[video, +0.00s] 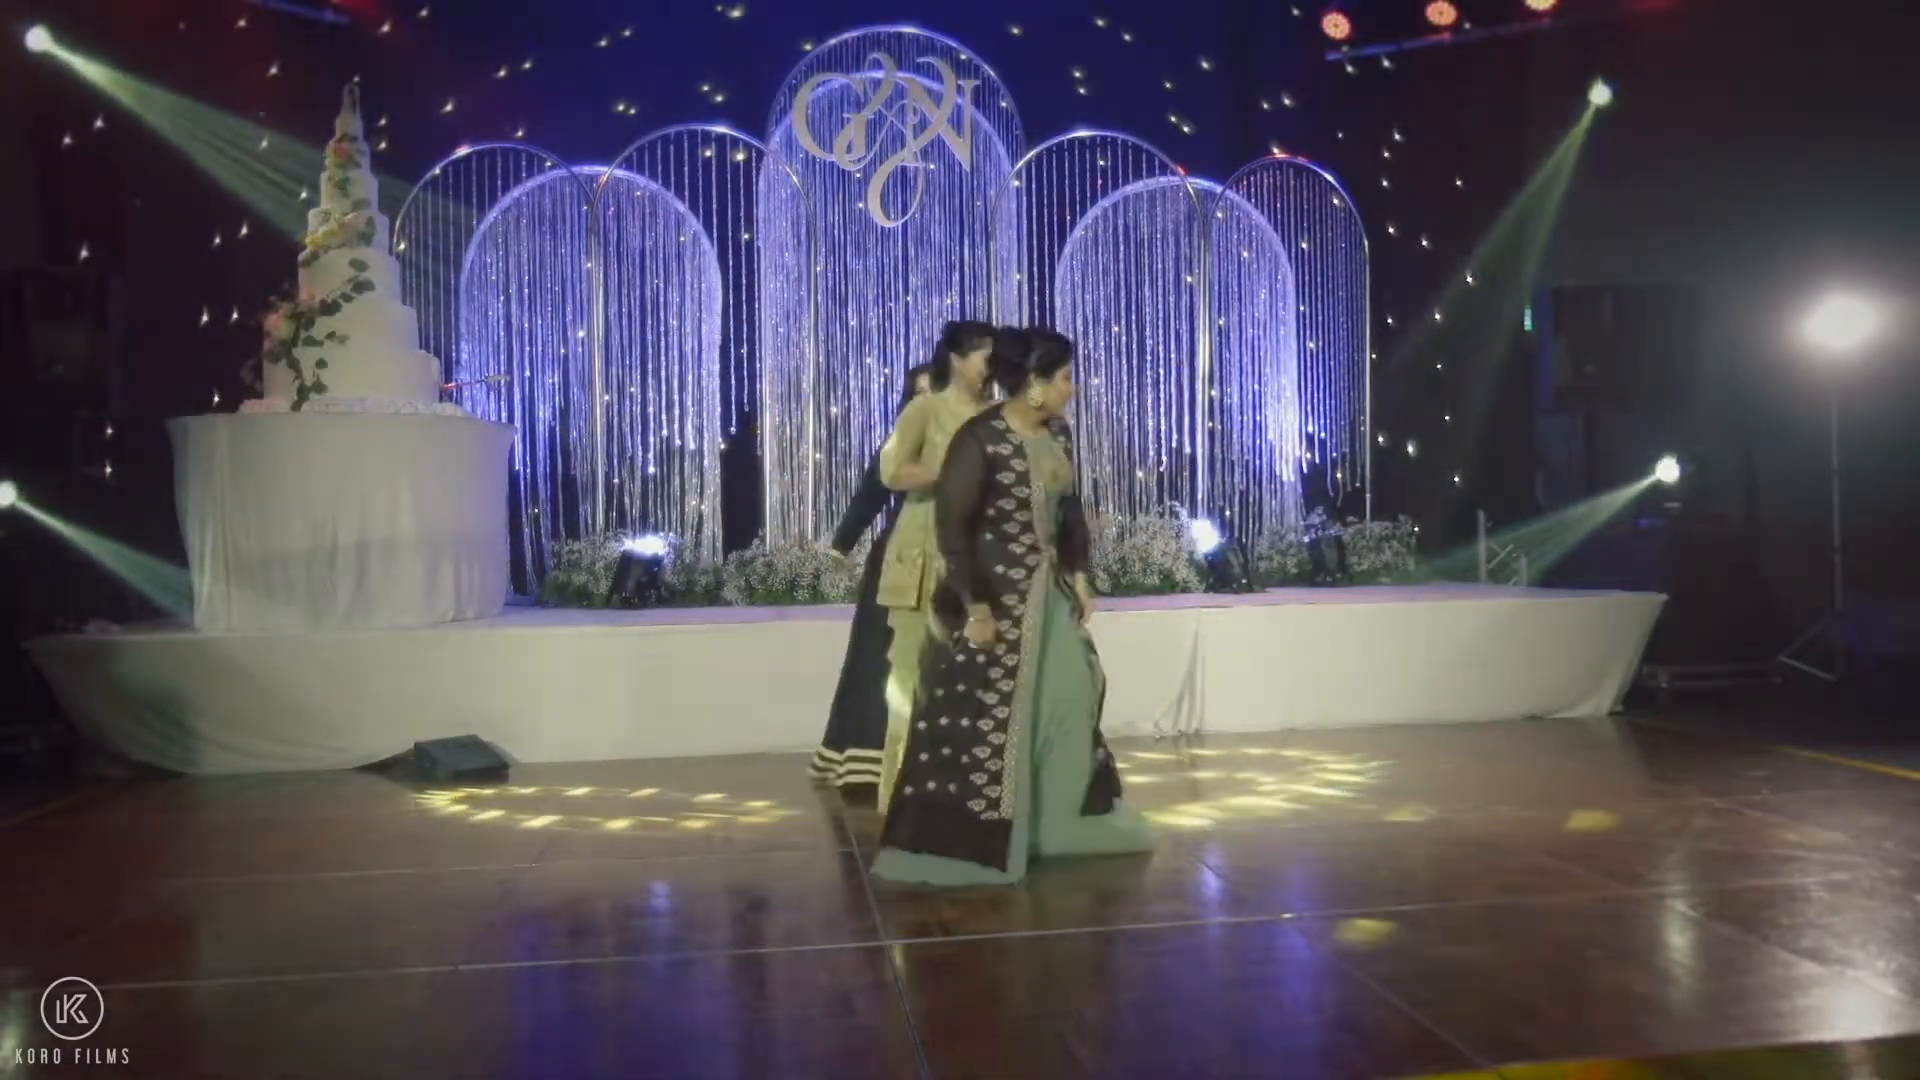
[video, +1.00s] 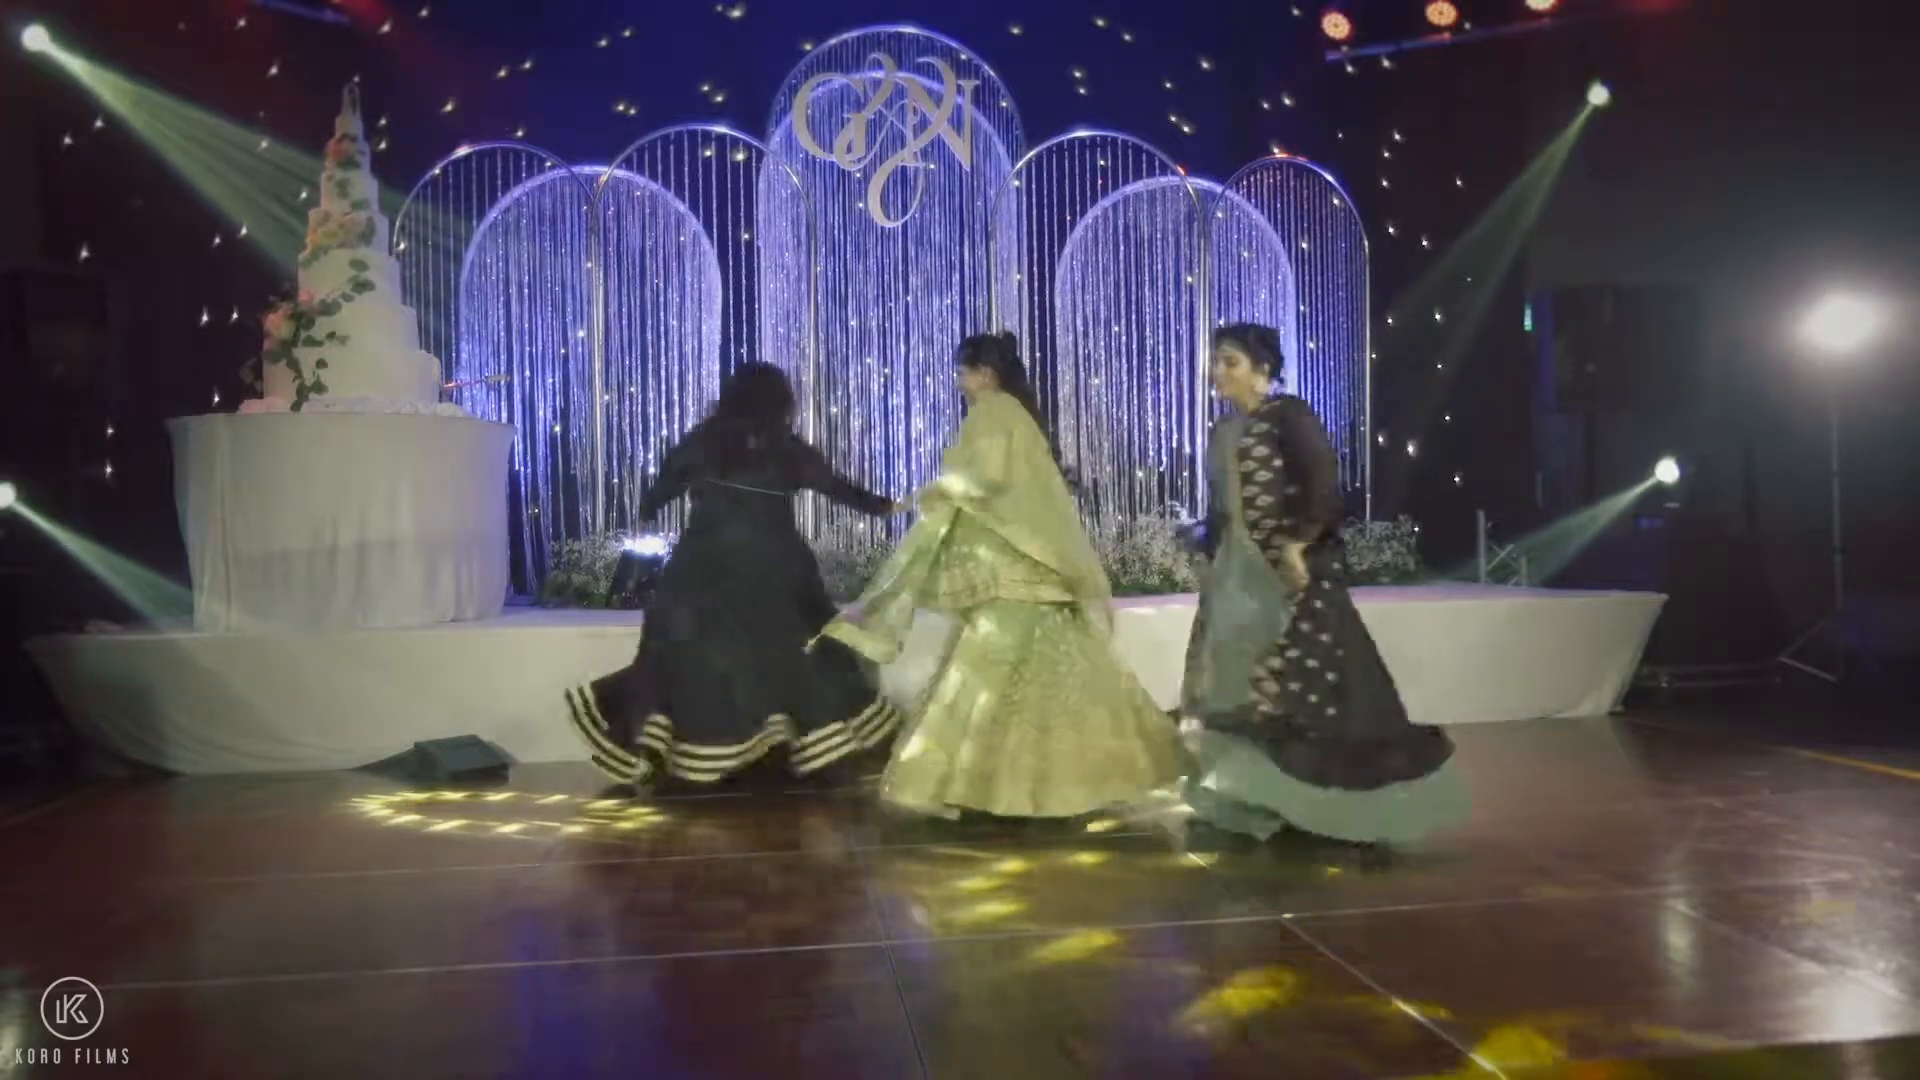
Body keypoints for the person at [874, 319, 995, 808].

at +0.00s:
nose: (988, 366)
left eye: (992, 358)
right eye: (981, 357)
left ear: (991, 362)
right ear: (956, 359)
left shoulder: (996, 415)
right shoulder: (924, 409)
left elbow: (1008, 478)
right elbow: (892, 471)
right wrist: (951, 477)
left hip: (976, 565)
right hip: (918, 565)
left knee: (969, 685)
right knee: (911, 685)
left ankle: (960, 799)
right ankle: (898, 798)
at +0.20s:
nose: (1007, 374)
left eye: (1006, 364)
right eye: (1002, 363)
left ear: (981, 365)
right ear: (979, 362)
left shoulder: (984, 423)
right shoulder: (946, 410)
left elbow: (1023, 492)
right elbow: (975, 446)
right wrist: (1023, 412)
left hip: (968, 595)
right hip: (923, 592)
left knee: (959, 708)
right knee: (921, 704)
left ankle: (945, 816)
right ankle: (904, 814)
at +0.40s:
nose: (1011, 389)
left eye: (1010, 380)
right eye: (1010, 381)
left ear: (967, 378)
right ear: (999, 384)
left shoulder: (939, 427)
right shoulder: (994, 433)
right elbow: (1040, 488)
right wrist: (1076, 481)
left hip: (929, 577)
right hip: (979, 578)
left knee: (933, 680)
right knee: (983, 685)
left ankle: (906, 784)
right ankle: (953, 792)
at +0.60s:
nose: (1003, 391)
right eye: (1007, 383)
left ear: (966, 384)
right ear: (1011, 385)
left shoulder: (939, 435)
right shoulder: (1026, 439)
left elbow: (905, 513)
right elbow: (1053, 512)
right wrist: (1087, 533)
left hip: (944, 586)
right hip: (1007, 586)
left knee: (940, 684)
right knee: (1011, 687)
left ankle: (936, 793)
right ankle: (1006, 798)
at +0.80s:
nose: (962, 383)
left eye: (965, 375)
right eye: (964, 375)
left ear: (978, 375)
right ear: (1009, 377)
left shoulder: (965, 412)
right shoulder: (1031, 424)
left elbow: (927, 480)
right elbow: (1053, 505)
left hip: (978, 571)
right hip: (1037, 571)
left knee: (971, 678)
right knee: (1037, 677)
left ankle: (979, 791)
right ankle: (1045, 788)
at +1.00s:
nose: (959, 381)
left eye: (965, 372)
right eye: (959, 372)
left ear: (989, 372)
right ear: (993, 373)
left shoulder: (993, 413)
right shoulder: (1009, 412)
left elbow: (985, 476)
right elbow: (989, 482)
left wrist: (932, 493)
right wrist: (943, 490)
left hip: (1012, 574)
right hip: (1032, 570)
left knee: (995, 686)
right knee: (1033, 689)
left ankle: (1004, 795)